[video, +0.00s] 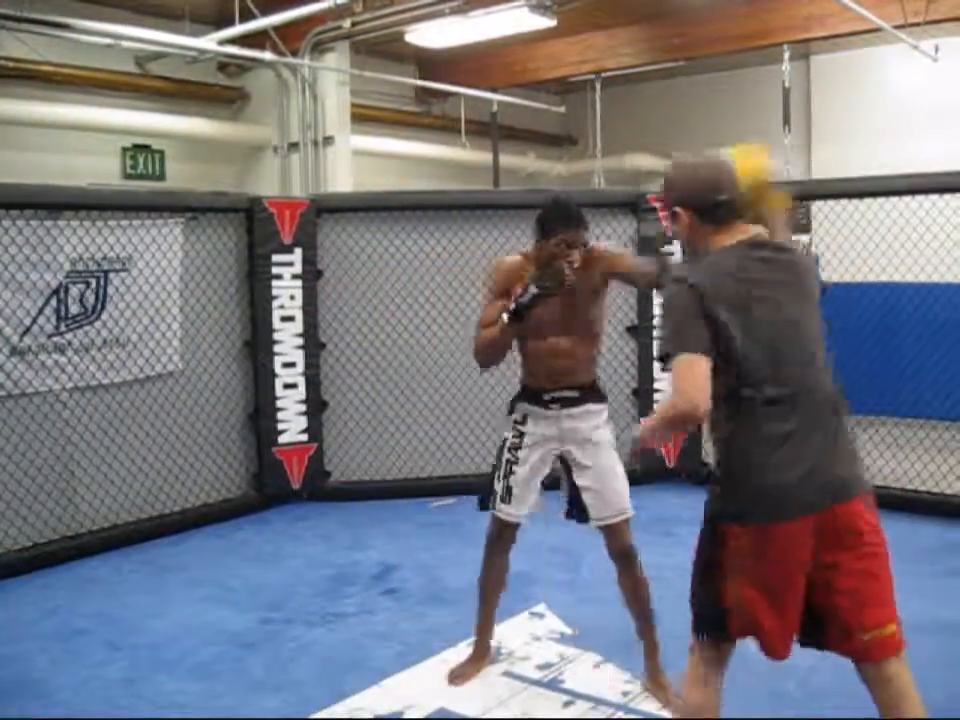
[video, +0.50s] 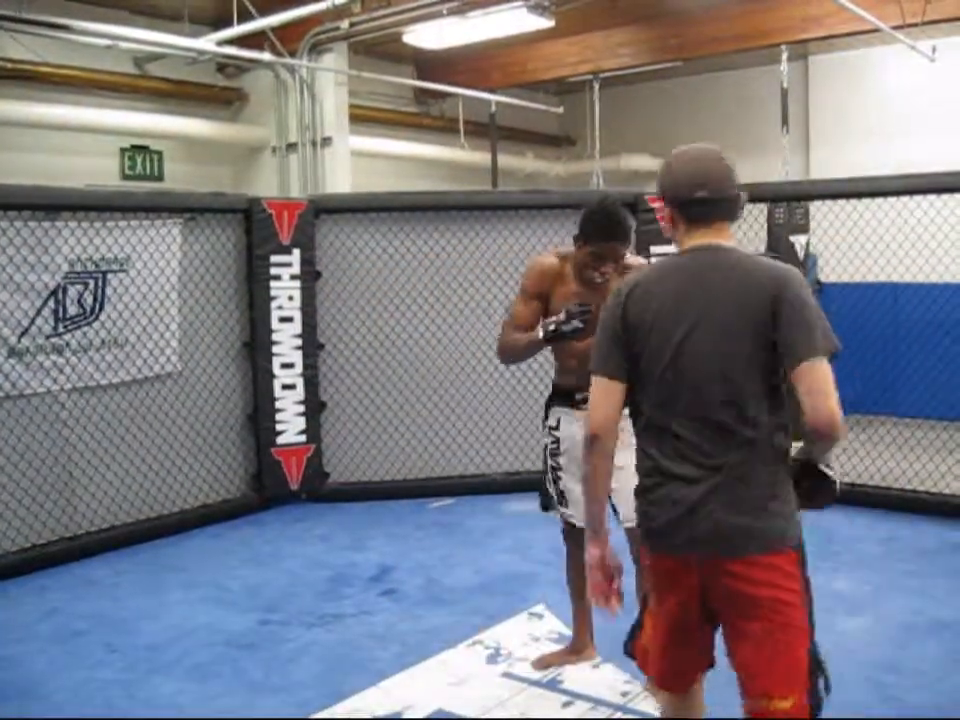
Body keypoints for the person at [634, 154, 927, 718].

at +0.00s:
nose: (667, 222)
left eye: (668, 213)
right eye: (667, 212)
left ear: (682, 218)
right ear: (735, 206)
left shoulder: (691, 284)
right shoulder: (798, 263)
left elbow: (693, 403)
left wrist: (660, 424)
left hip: (756, 498)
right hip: (841, 485)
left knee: (707, 660)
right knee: (886, 665)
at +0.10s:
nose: (644, 229)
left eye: (644, 218)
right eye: (643, 217)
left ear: (657, 219)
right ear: (713, 205)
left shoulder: (660, 281)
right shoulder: (780, 258)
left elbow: (638, 404)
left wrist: (627, 404)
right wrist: (746, 218)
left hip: (736, 491)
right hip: (822, 478)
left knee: (700, 665)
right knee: (871, 666)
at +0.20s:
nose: (626, 226)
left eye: (626, 216)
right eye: (626, 215)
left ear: (637, 217)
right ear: (693, 201)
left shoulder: (635, 288)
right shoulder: (772, 259)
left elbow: (617, 411)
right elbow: (853, 338)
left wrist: (638, 413)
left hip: (718, 496)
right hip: (807, 483)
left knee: (692, 675)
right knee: (851, 668)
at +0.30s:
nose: (627, 217)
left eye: (626, 207)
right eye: (627, 206)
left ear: (636, 208)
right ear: (699, 197)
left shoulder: (627, 285)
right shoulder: (767, 258)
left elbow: (612, 414)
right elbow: (836, 371)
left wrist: (610, 468)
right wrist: (808, 388)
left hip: (698, 501)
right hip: (790, 491)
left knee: (685, 674)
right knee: (836, 671)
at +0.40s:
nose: (639, 211)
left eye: (640, 201)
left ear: (648, 204)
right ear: (712, 195)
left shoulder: (627, 286)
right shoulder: (773, 266)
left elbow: (607, 421)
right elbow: (812, 389)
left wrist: (603, 519)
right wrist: (816, 415)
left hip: (681, 510)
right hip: (774, 505)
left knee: (677, 683)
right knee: (808, 685)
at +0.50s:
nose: (657, 212)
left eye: (658, 204)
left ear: (665, 212)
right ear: (736, 206)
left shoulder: (631, 295)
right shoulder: (779, 282)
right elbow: (824, 417)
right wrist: (814, 445)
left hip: (667, 528)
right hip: (757, 529)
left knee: (677, 689)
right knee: (778, 704)